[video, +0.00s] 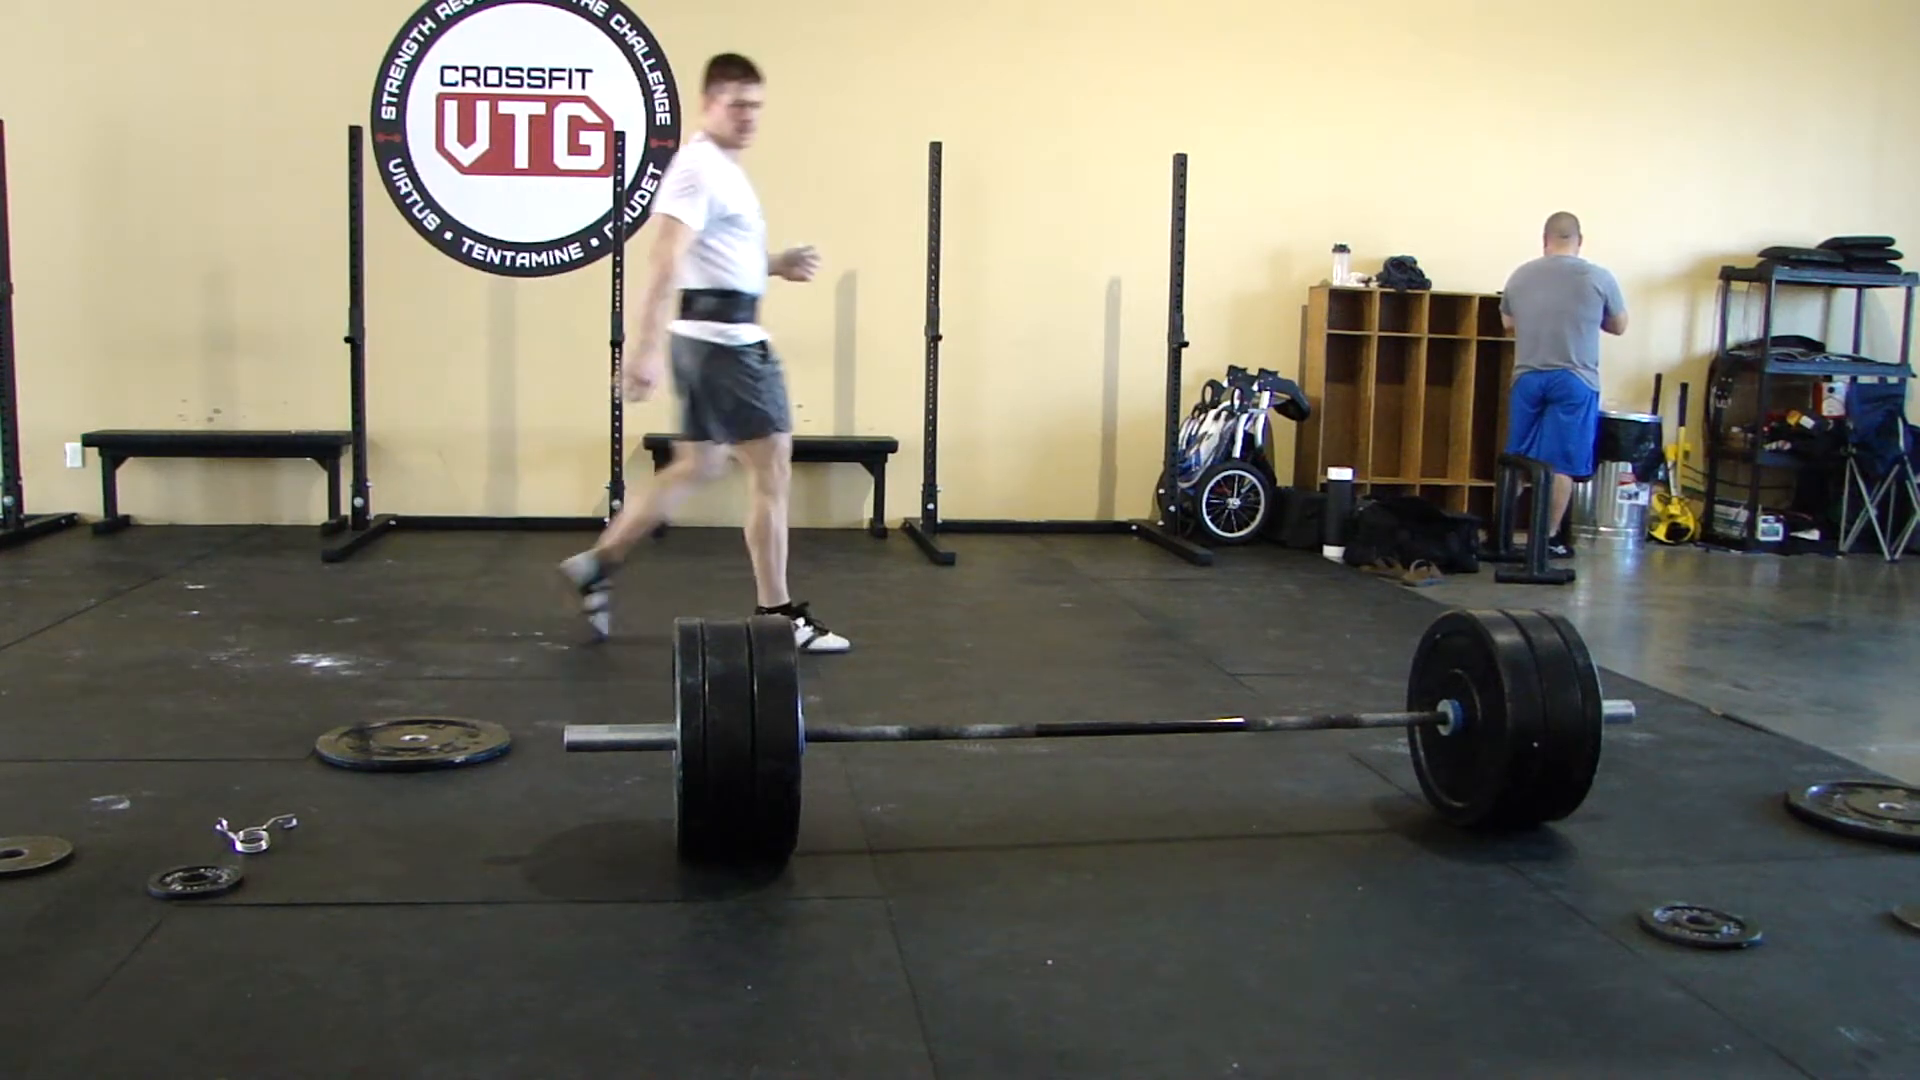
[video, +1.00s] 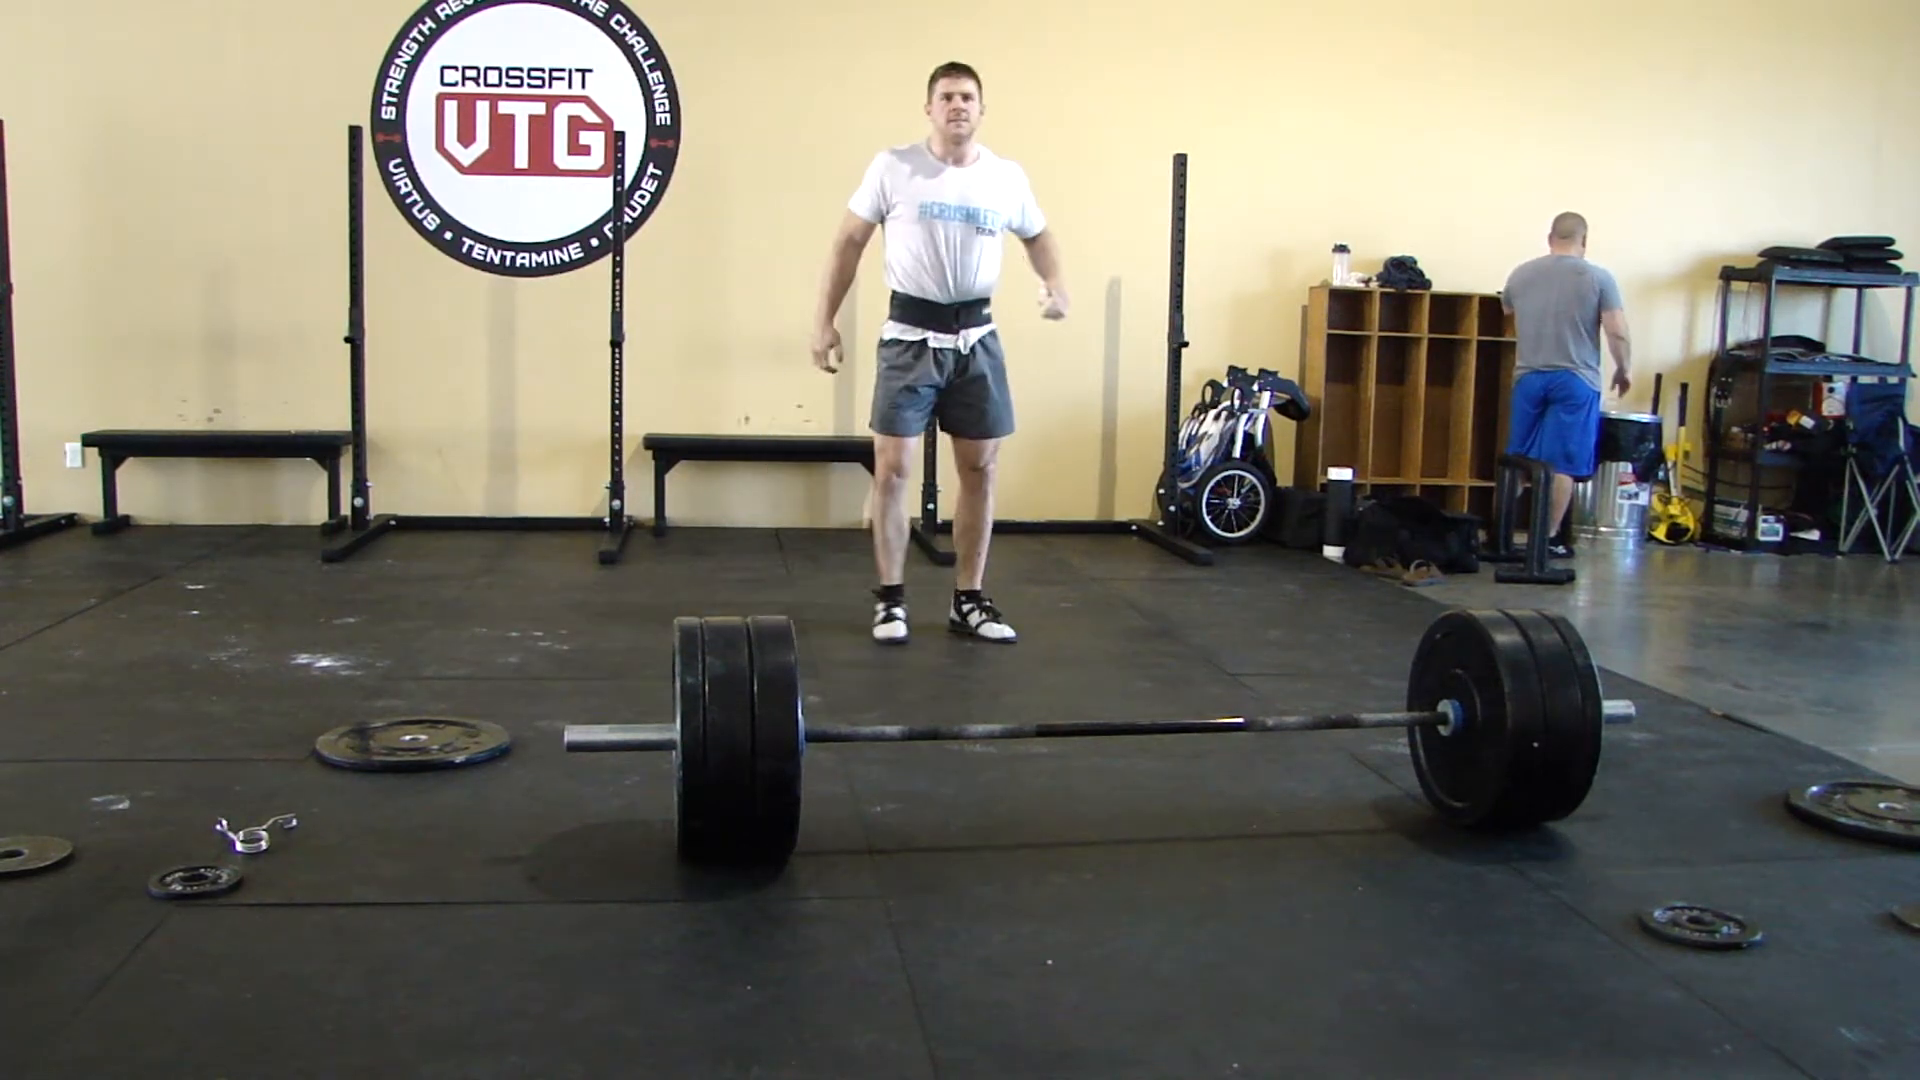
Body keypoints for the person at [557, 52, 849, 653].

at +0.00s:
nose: (748, 117)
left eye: (755, 107)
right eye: (737, 105)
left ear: (758, 109)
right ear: (706, 104)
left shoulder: (724, 169)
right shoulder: (697, 165)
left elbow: (720, 256)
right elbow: (664, 257)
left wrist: (776, 264)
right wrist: (645, 348)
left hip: (707, 339)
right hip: (727, 341)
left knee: (698, 465)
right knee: (772, 473)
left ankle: (597, 563)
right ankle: (777, 613)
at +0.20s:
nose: (800, 108)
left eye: (808, 97)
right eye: (788, 97)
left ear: (814, 100)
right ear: (760, 96)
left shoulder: (792, 166)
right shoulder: (745, 158)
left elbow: (785, 257)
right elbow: (718, 250)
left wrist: (833, 262)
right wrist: (768, 328)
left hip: (799, 330)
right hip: (765, 331)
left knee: (830, 441)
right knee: (779, 472)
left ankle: (744, 556)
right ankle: (778, 613)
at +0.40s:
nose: (842, 110)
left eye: (850, 100)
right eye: (831, 99)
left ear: (858, 103)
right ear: (803, 100)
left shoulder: (859, 167)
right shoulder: (776, 164)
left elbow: (864, 248)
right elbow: (739, 242)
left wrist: (890, 266)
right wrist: (804, 278)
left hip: (861, 339)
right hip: (808, 342)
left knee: (896, 454)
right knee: (805, 474)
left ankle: (899, 588)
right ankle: (778, 611)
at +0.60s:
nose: (888, 119)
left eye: (897, 108)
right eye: (876, 108)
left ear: (908, 113)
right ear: (854, 113)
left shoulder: (928, 180)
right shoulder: (823, 178)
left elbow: (949, 259)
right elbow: (786, 249)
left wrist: (953, 282)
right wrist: (755, 306)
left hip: (923, 343)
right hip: (859, 343)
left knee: (949, 466)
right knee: (836, 477)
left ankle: (969, 597)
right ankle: (782, 607)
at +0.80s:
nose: (935, 113)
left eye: (944, 103)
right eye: (925, 103)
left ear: (959, 112)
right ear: (905, 112)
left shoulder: (982, 179)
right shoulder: (873, 174)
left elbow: (1006, 241)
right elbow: (827, 248)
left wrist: (1013, 278)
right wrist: (794, 328)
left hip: (962, 342)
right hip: (898, 342)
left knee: (974, 466)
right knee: (876, 468)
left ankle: (968, 597)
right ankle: (812, 595)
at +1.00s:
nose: (958, 106)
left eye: (967, 98)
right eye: (948, 98)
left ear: (981, 110)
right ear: (928, 109)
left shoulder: (1005, 177)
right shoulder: (893, 169)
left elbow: (1037, 236)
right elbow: (850, 242)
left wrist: (1054, 283)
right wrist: (825, 321)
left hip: (977, 342)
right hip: (909, 340)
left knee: (979, 472)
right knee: (893, 470)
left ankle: (969, 601)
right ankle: (890, 600)